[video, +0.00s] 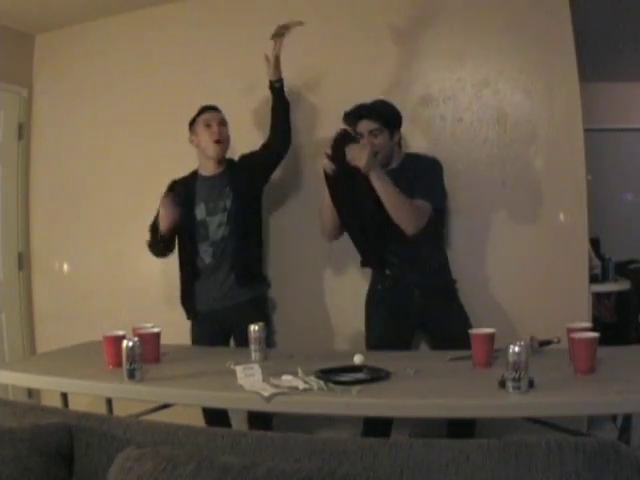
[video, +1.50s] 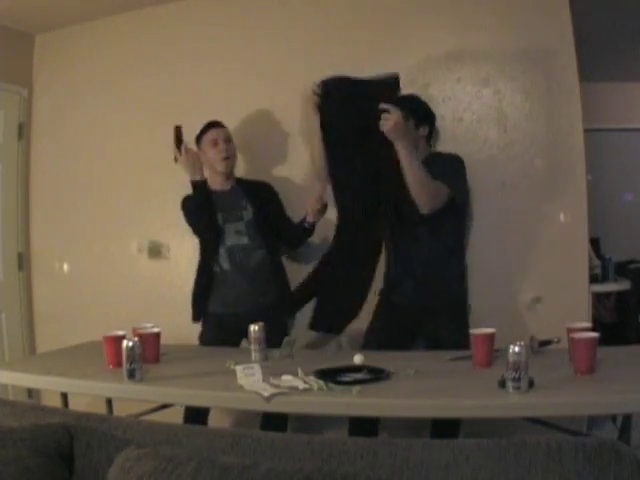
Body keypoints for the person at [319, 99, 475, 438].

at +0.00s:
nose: (367, 145)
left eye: (375, 135)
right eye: (360, 138)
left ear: (395, 135)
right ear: (354, 141)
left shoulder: (424, 168)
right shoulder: (356, 180)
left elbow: (412, 222)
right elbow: (331, 232)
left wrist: (372, 170)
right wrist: (333, 180)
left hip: (433, 288)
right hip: (386, 292)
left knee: (464, 371)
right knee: (380, 382)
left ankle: (462, 463)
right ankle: (368, 468)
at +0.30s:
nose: (366, 140)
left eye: (373, 130)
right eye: (359, 133)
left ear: (392, 134)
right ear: (353, 142)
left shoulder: (425, 170)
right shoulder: (358, 180)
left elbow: (424, 235)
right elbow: (324, 212)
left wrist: (382, 196)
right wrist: (332, 157)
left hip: (434, 291)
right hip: (386, 295)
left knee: (457, 377)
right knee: (379, 383)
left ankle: (456, 466)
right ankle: (369, 469)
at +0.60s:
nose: (379, 140)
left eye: (384, 130)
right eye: (373, 133)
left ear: (400, 131)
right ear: (365, 139)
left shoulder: (429, 168)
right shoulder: (365, 178)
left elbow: (426, 219)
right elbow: (321, 185)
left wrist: (398, 163)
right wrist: (323, 127)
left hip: (435, 288)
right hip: (389, 290)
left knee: (454, 378)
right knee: (381, 381)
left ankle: (449, 467)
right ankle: (368, 469)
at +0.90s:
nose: (382, 137)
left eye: (390, 127)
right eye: (377, 131)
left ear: (412, 129)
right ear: (372, 136)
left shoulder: (437, 164)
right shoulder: (366, 173)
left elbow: (415, 177)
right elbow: (322, 159)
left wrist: (368, 124)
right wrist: (333, 105)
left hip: (435, 287)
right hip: (388, 289)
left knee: (448, 378)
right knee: (380, 379)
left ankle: (444, 463)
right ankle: (369, 463)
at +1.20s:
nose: (387, 133)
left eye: (395, 123)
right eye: (383, 126)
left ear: (422, 129)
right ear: (381, 134)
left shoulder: (446, 168)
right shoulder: (388, 170)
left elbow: (408, 204)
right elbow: (341, 153)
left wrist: (373, 144)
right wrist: (342, 97)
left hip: (439, 289)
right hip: (395, 288)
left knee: (446, 384)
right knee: (380, 382)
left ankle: (444, 469)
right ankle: (367, 468)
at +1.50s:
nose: (385, 129)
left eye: (395, 122)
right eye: (385, 122)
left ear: (421, 130)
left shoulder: (448, 166)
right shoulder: (384, 171)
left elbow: (429, 201)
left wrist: (402, 144)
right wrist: (330, 117)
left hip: (442, 299)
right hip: (396, 298)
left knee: (447, 386)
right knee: (367, 379)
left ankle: (442, 472)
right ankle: (360, 469)